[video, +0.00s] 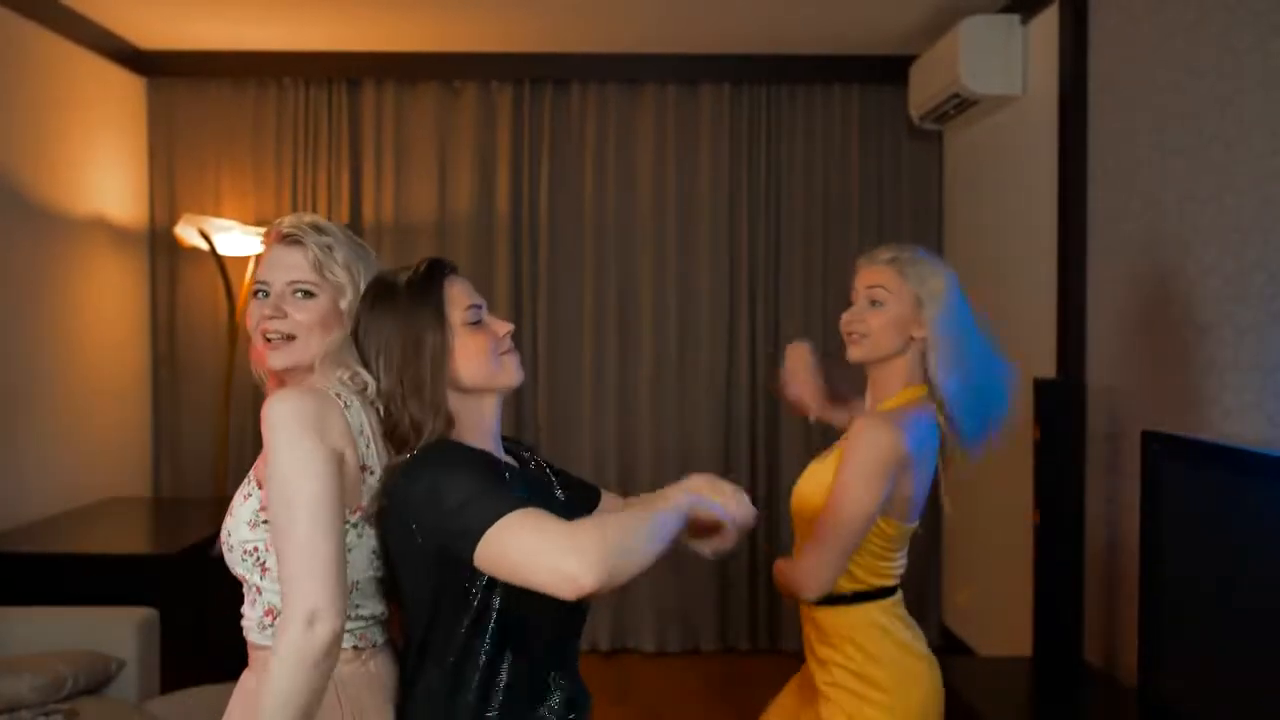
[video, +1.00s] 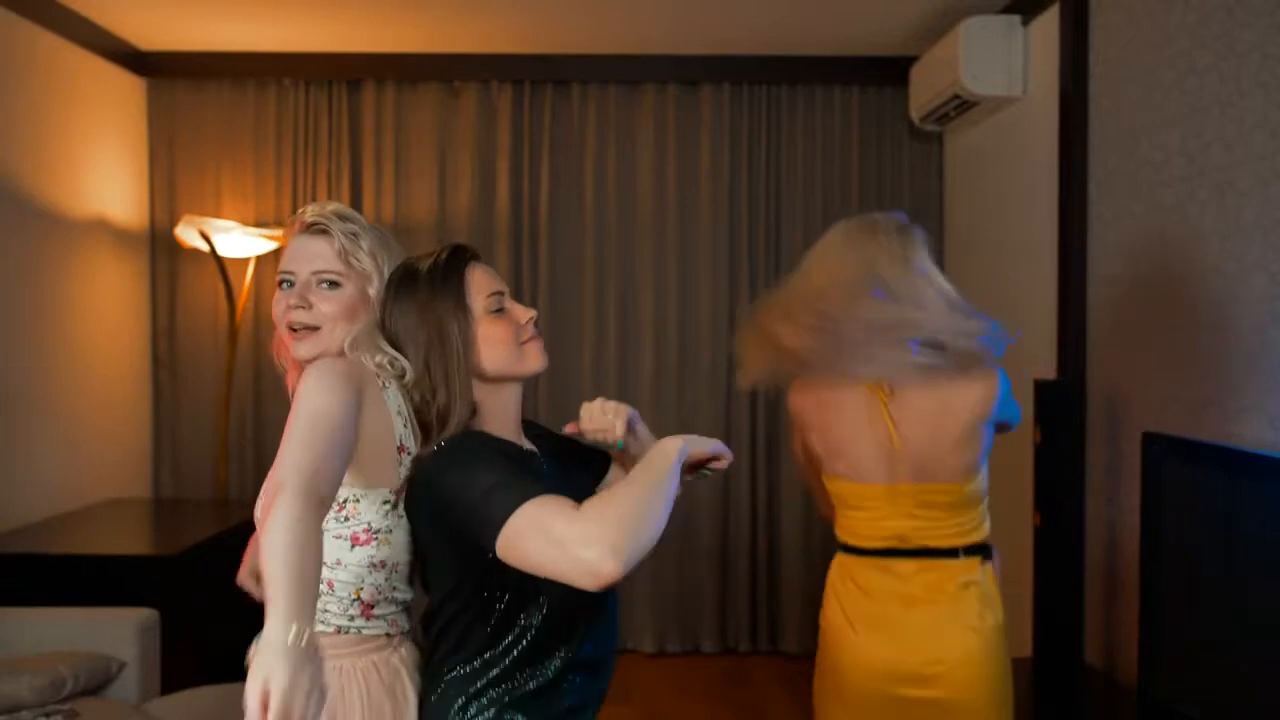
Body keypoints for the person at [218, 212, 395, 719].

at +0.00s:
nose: (272, 310)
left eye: (302, 293)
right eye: (261, 292)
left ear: (351, 309)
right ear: (248, 304)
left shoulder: (297, 408)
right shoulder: (361, 403)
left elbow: (315, 623)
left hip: (315, 688)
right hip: (366, 678)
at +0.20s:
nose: (276, 285)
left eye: (306, 268)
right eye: (265, 267)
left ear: (358, 286)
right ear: (252, 284)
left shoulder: (295, 373)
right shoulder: (372, 373)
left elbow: (321, 586)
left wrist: (283, 711)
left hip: (308, 668)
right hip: (377, 650)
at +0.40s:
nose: (283, 279)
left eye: (313, 262)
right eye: (271, 261)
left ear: (363, 279)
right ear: (258, 274)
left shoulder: (304, 358)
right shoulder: (371, 361)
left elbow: (308, 566)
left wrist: (259, 710)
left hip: (327, 660)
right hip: (385, 643)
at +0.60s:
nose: (288, 298)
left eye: (318, 281)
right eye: (277, 279)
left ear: (369, 297)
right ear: (264, 293)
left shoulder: (318, 390)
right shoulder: (379, 387)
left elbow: (281, 600)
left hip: (328, 681)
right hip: (388, 666)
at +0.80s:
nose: (296, 310)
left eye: (327, 293)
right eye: (285, 292)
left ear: (377, 309)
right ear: (272, 304)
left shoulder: (328, 395)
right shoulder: (387, 396)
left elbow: (274, 586)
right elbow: (320, 491)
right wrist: (243, 551)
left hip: (327, 688)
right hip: (386, 673)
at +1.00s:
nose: (298, 301)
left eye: (328, 284)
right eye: (287, 283)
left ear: (378, 298)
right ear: (274, 294)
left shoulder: (334, 376)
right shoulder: (387, 381)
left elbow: (298, 500)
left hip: (337, 672)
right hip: (388, 659)